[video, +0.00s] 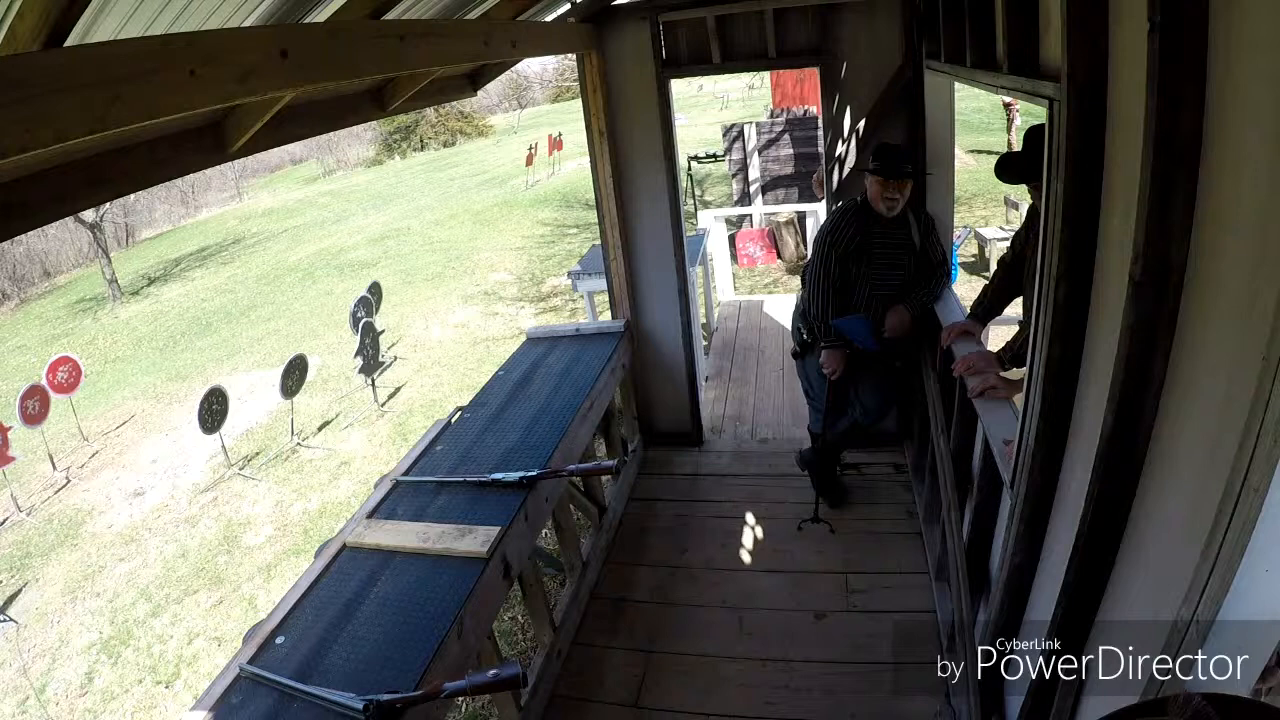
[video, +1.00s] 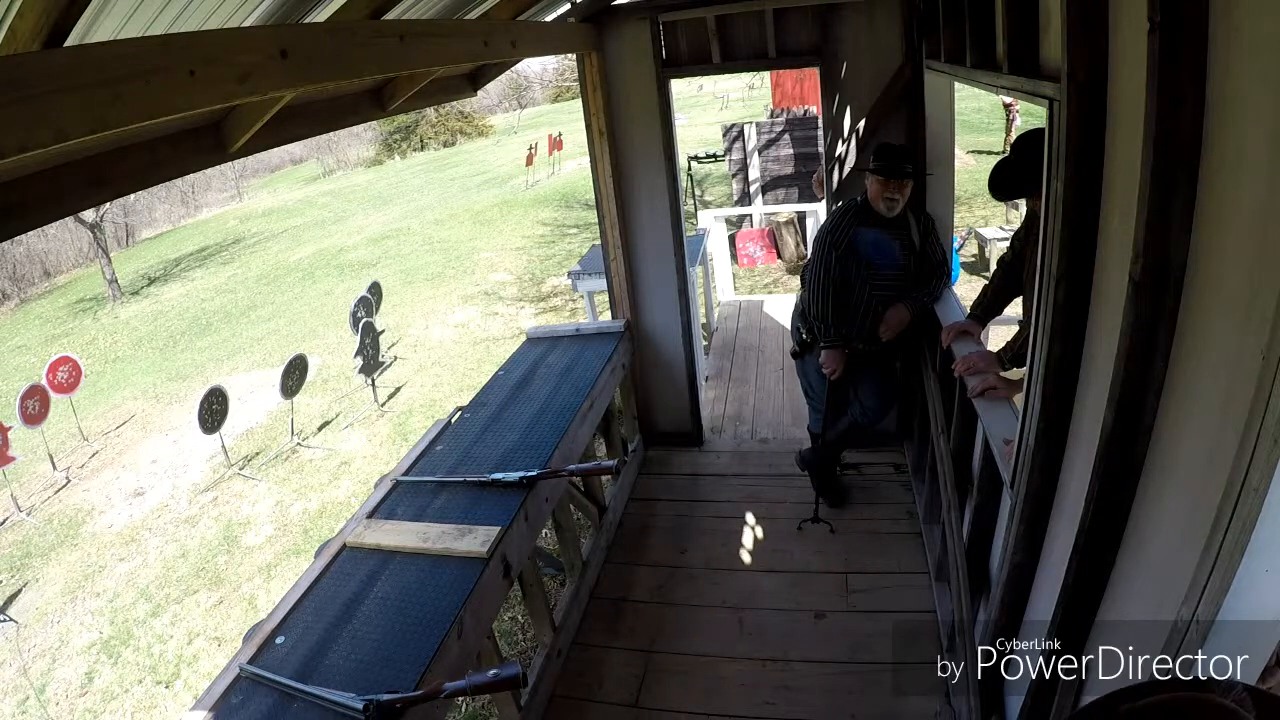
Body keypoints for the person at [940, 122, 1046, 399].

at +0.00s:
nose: (1031, 189)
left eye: (1036, 181)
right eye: (1029, 180)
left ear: (1055, 180)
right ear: (1030, 177)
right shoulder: (1041, 210)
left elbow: (1054, 307)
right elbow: (1014, 263)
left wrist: (1004, 357)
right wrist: (977, 318)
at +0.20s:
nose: (1032, 190)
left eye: (1037, 182)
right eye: (1030, 181)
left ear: (1055, 181)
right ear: (1030, 176)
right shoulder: (1040, 210)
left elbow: (1054, 307)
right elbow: (1014, 263)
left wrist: (1004, 357)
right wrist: (977, 318)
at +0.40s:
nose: (1032, 189)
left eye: (1037, 181)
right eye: (1030, 181)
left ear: (1056, 181)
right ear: (1031, 178)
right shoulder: (1040, 210)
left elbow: (1054, 307)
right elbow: (1014, 263)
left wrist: (1004, 358)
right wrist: (977, 318)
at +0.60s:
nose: (1031, 192)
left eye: (1037, 185)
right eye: (1030, 184)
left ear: (1056, 182)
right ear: (1032, 179)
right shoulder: (1040, 209)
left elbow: (1055, 308)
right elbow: (1014, 262)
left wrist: (1003, 357)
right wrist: (977, 319)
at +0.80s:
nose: (1031, 198)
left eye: (1035, 190)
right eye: (1029, 190)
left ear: (1053, 185)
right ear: (1030, 183)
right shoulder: (1040, 209)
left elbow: (1054, 309)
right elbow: (1014, 262)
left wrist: (1003, 358)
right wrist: (977, 319)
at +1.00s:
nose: (1031, 202)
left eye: (1036, 194)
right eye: (1029, 194)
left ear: (1054, 189)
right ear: (1028, 188)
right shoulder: (1039, 214)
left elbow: (1052, 311)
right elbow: (1013, 264)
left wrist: (1003, 358)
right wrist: (977, 319)